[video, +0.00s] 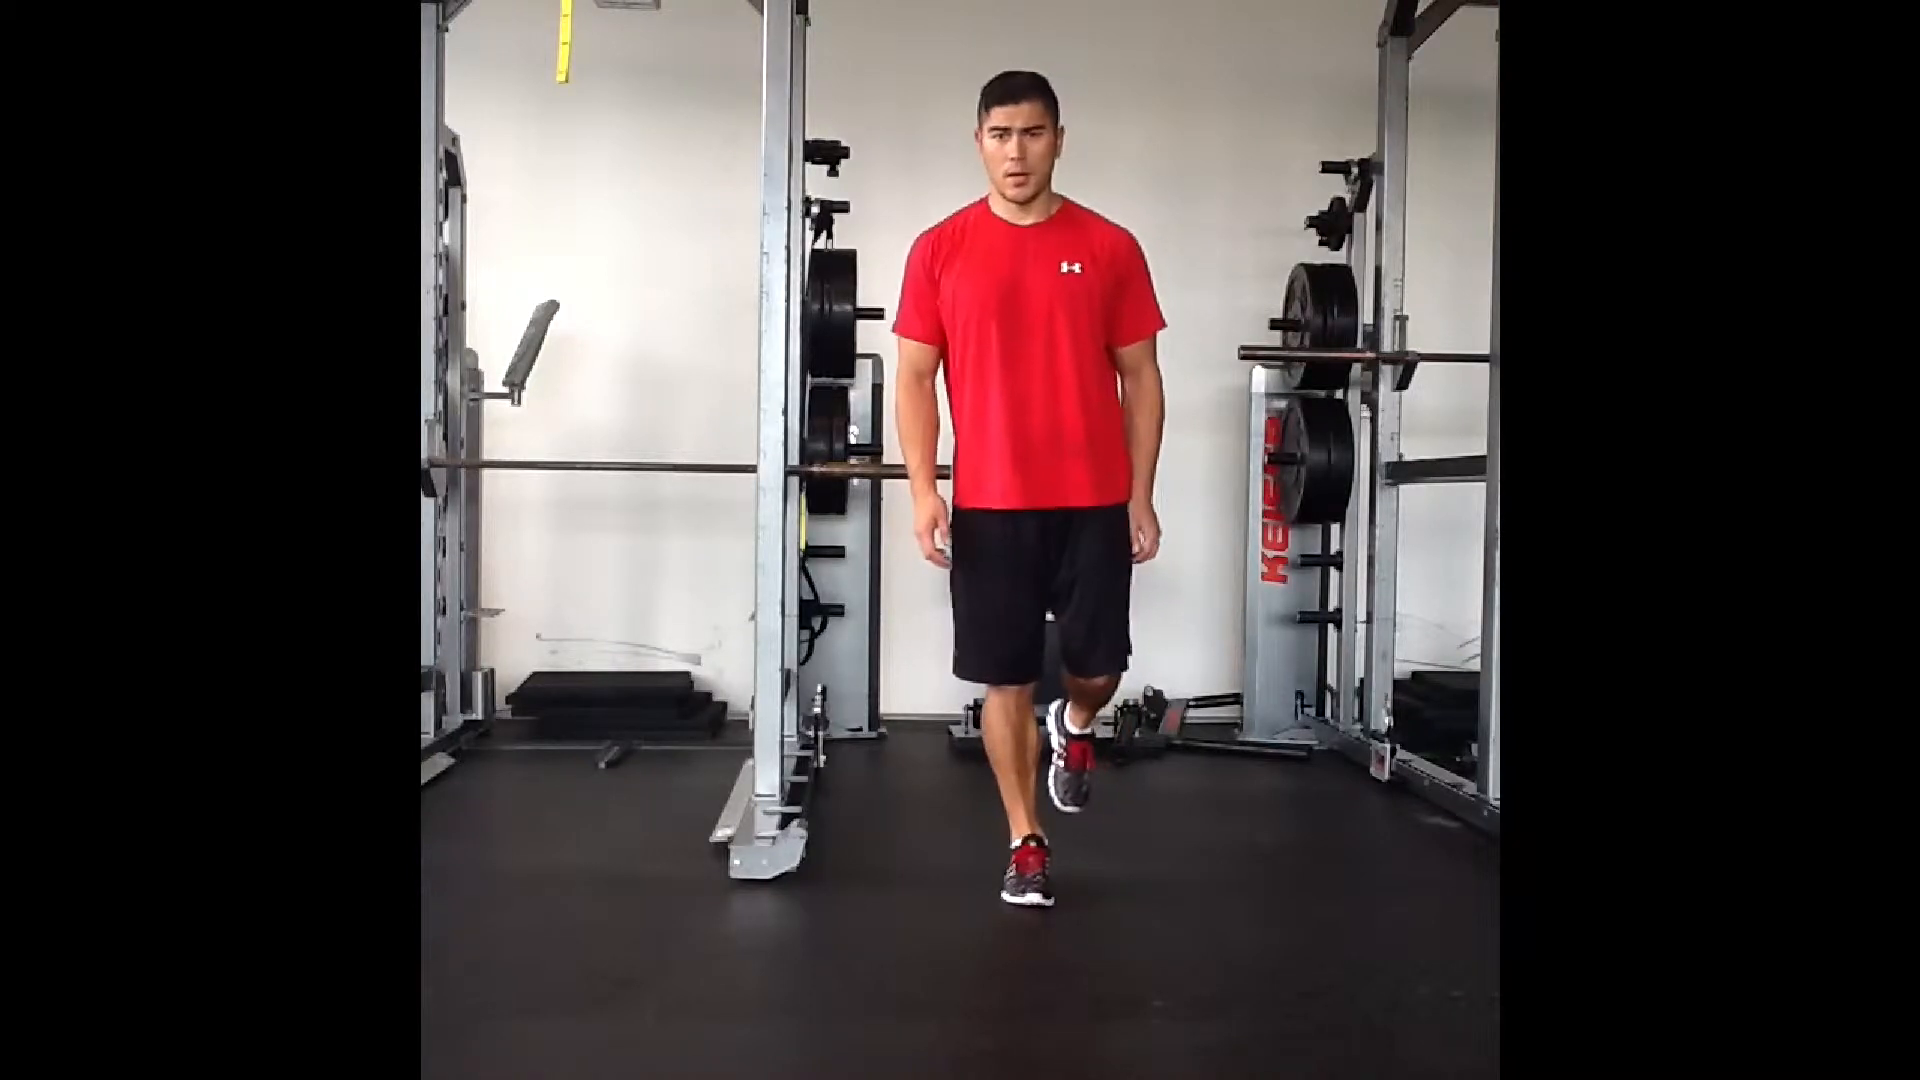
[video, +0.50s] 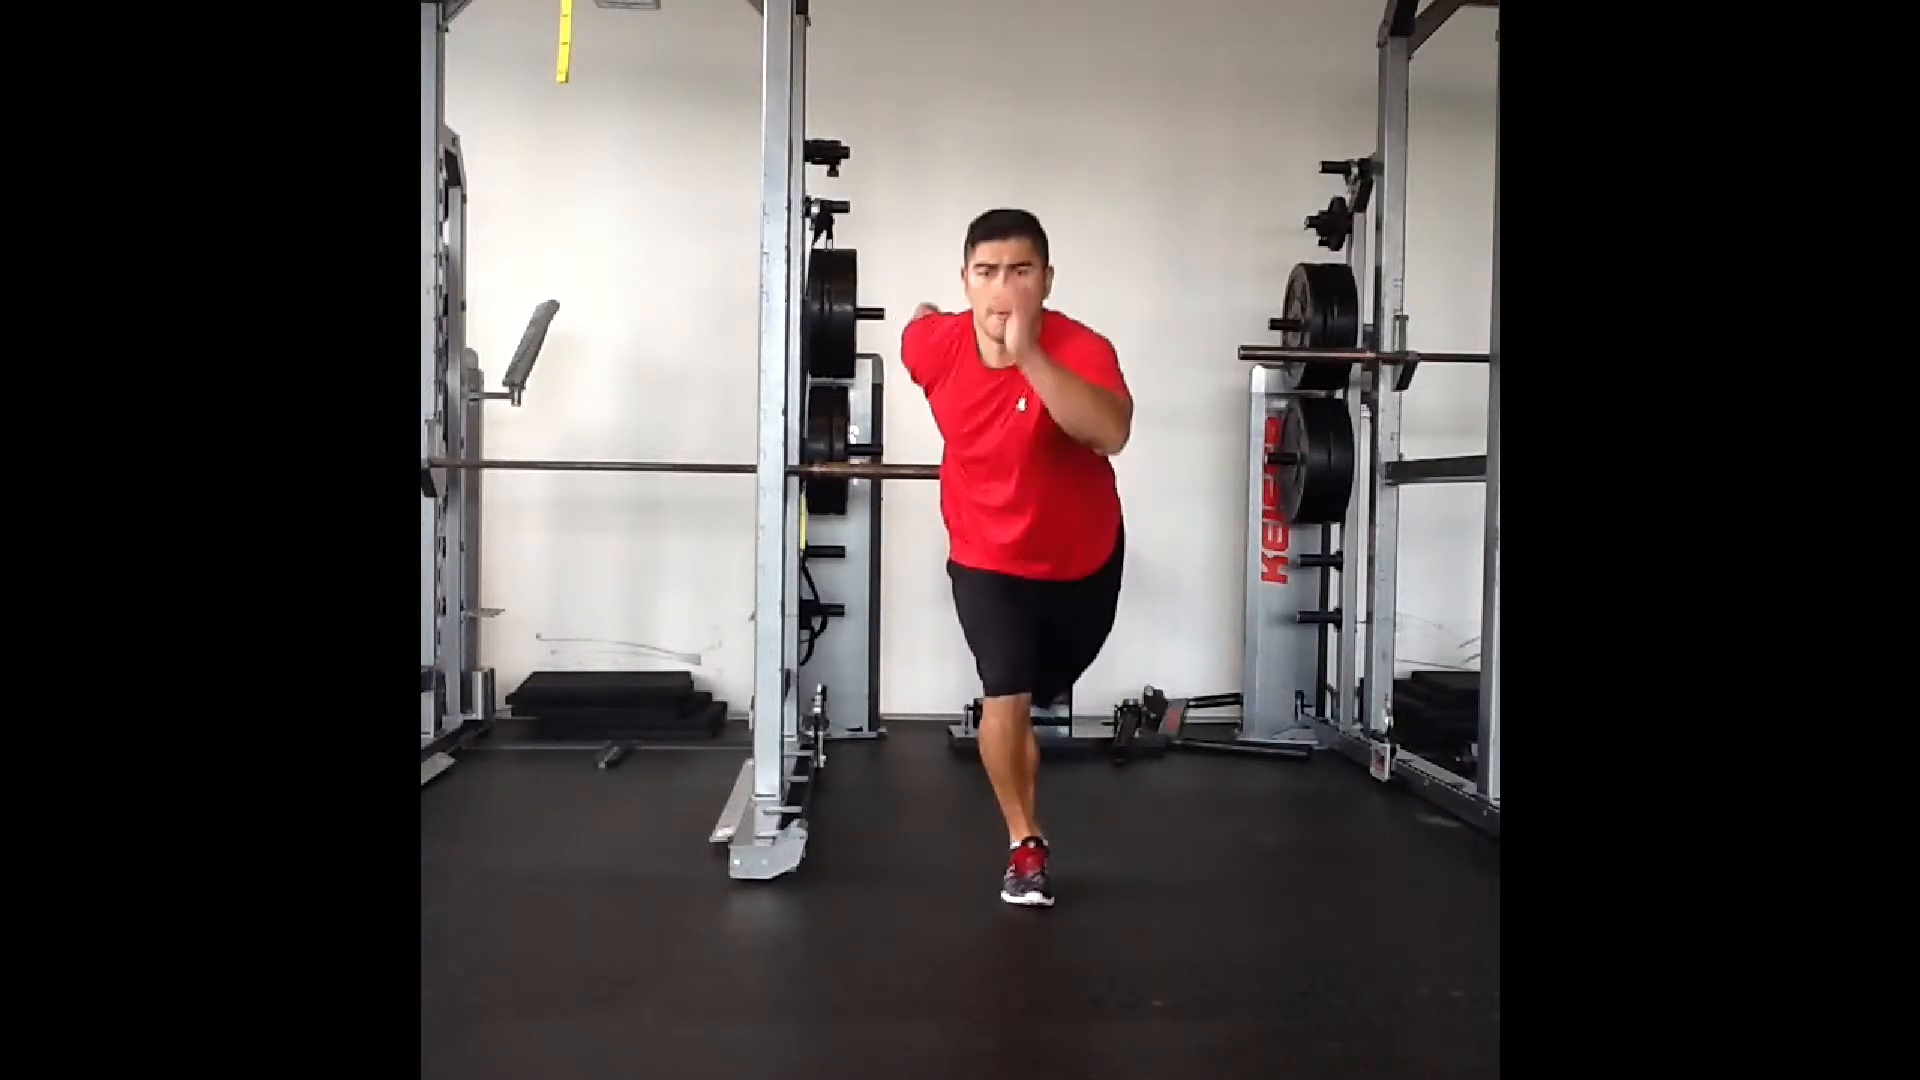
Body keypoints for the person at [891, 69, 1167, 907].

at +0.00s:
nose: (1017, 149)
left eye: (1032, 133)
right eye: (1001, 134)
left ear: (1057, 142)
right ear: (979, 144)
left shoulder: (1110, 248)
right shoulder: (939, 251)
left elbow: (1140, 373)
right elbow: (913, 375)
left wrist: (1141, 493)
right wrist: (923, 488)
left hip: (1095, 499)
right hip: (991, 501)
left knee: (1098, 667)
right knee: (1007, 678)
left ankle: (1073, 731)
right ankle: (1024, 840)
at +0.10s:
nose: (1014, 157)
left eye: (1030, 140)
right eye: (998, 141)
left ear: (1056, 149)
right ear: (978, 152)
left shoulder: (1107, 257)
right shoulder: (937, 257)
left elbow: (1142, 386)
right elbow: (913, 379)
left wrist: (1125, 496)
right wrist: (923, 495)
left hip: (1087, 508)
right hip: (986, 510)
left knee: (1100, 667)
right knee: (1006, 680)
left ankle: (1072, 723)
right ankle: (1024, 841)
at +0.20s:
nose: (1012, 175)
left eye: (1028, 158)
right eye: (996, 159)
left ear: (1055, 168)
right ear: (976, 170)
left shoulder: (1104, 278)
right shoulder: (933, 272)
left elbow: (1138, 406)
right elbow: (915, 382)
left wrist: (1100, 476)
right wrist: (924, 488)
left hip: (1086, 517)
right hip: (985, 521)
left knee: (1092, 668)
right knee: (1005, 680)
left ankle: (1064, 708)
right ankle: (1023, 841)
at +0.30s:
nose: (1010, 207)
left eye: (1027, 191)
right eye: (995, 191)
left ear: (1053, 202)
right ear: (975, 202)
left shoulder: (1101, 305)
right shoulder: (932, 296)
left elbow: (1133, 431)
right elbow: (916, 379)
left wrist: (1067, 416)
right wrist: (922, 454)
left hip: (1083, 532)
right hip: (984, 534)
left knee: (1088, 676)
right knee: (1007, 681)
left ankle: (1054, 683)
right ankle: (1023, 840)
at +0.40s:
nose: (1009, 249)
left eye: (1025, 234)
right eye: (993, 234)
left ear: (1051, 246)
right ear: (972, 246)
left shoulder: (1092, 330)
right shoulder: (935, 322)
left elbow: (1123, 430)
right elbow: (916, 375)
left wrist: (1044, 356)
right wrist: (925, 395)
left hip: (1083, 544)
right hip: (985, 545)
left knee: (1067, 682)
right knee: (1009, 681)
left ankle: (996, 702)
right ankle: (1024, 843)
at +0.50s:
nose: (1003, 286)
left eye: (1020, 270)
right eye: (987, 271)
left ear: (1047, 280)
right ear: (966, 282)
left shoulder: (1082, 350)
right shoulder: (934, 347)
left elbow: (1111, 430)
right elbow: (918, 334)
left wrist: (1029, 355)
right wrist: (925, 323)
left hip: (1083, 564)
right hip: (988, 561)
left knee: (1052, 683)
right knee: (1009, 691)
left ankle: (1006, 714)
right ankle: (1024, 844)